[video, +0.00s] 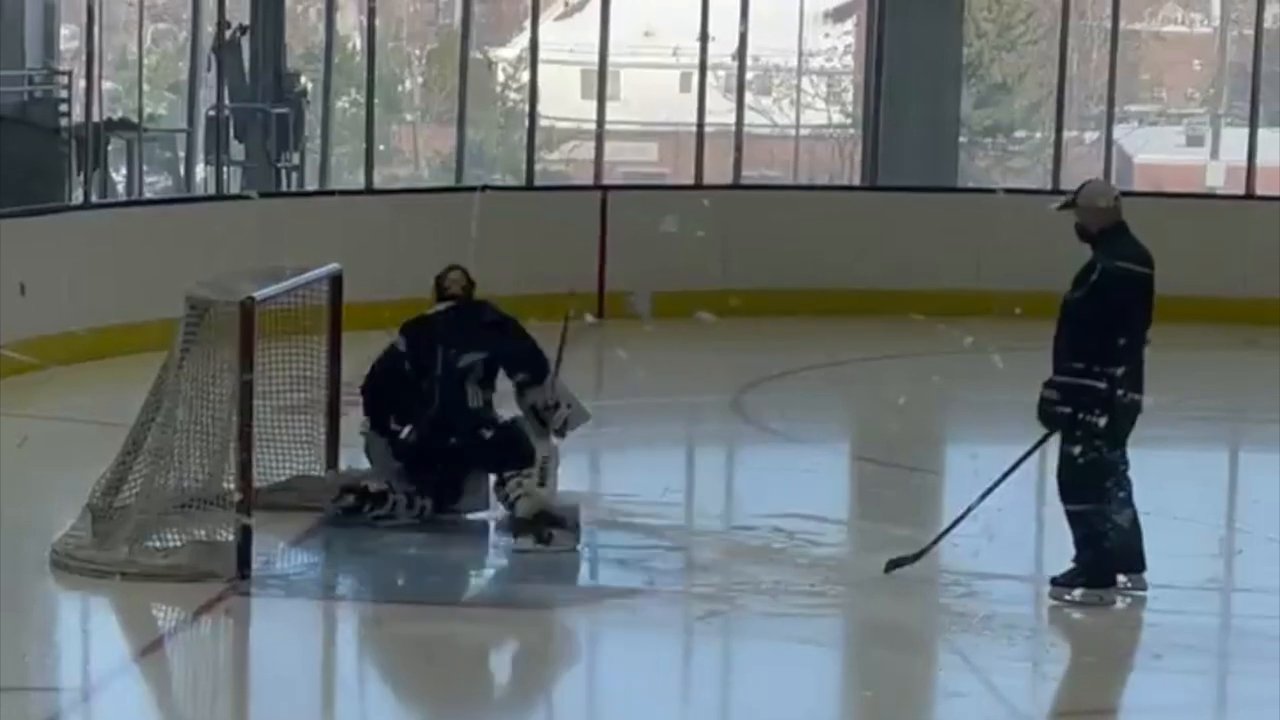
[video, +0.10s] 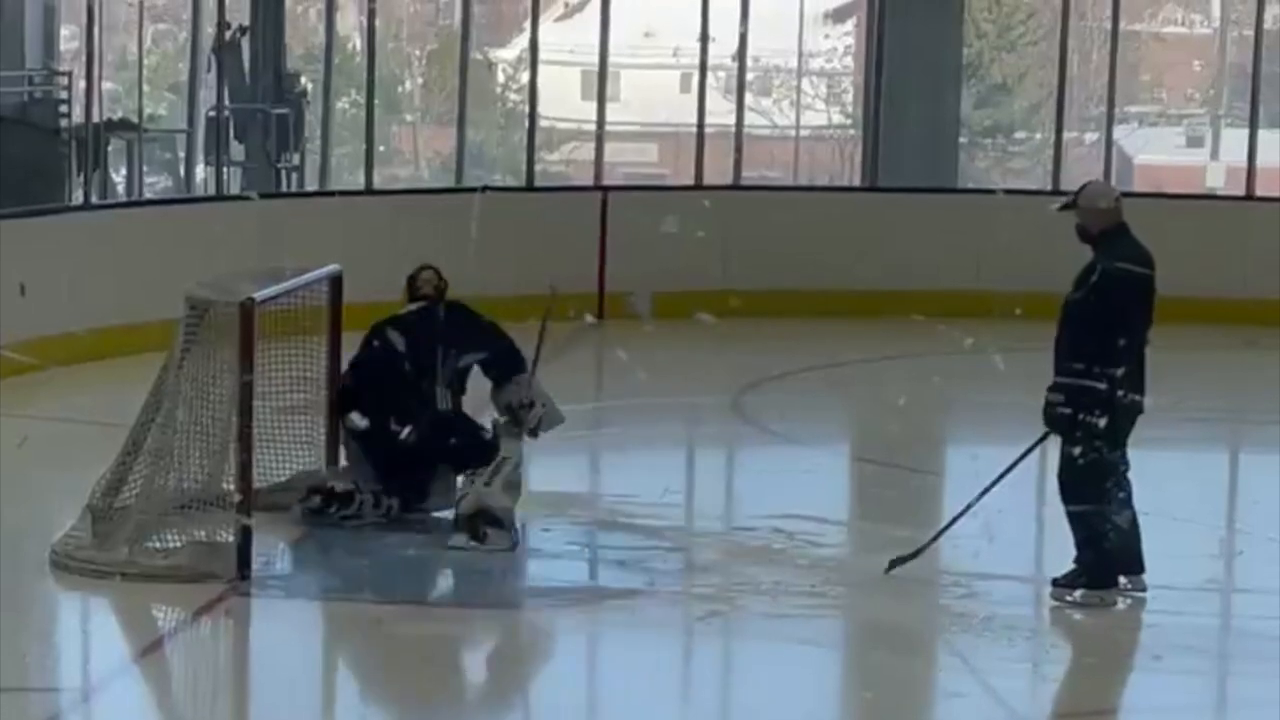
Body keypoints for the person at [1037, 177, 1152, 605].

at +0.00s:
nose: (1075, 223)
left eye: (1079, 215)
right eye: (1075, 214)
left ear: (1096, 216)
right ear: (1111, 213)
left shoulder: (1112, 266)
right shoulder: (1127, 258)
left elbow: (1095, 341)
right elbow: (1085, 336)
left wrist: (1066, 392)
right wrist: (1059, 387)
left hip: (1096, 395)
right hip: (1113, 391)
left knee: (1079, 482)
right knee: (1108, 477)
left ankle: (1095, 570)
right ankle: (1125, 561)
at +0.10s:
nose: (1076, 225)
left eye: (1080, 217)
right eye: (1076, 216)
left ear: (1095, 218)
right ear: (1111, 216)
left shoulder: (1116, 266)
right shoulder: (1121, 259)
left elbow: (1104, 342)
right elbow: (1080, 338)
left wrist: (1078, 397)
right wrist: (1061, 391)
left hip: (1099, 396)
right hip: (1110, 392)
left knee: (1080, 480)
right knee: (1105, 478)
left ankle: (1098, 570)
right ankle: (1121, 564)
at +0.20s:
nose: (1077, 225)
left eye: (1081, 218)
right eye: (1077, 217)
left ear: (1098, 218)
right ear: (1111, 216)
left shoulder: (1119, 267)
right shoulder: (1119, 260)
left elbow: (1112, 346)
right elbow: (1092, 342)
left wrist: (1090, 405)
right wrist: (1067, 397)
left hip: (1100, 399)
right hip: (1107, 395)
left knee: (1083, 482)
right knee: (1103, 480)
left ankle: (1101, 571)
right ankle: (1118, 565)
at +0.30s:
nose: (1079, 225)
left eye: (1083, 218)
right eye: (1079, 217)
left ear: (1101, 219)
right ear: (1112, 217)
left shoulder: (1121, 266)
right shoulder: (1120, 260)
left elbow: (1115, 345)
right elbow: (1100, 341)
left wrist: (1093, 404)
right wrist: (1070, 397)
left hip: (1100, 400)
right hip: (1107, 396)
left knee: (1083, 483)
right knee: (1104, 481)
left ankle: (1099, 573)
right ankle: (1119, 566)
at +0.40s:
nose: (1081, 226)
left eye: (1085, 218)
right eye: (1081, 218)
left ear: (1103, 218)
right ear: (1113, 217)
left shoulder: (1123, 266)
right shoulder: (1118, 261)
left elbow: (1116, 343)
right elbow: (1098, 340)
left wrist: (1095, 402)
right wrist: (1071, 395)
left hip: (1104, 399)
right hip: (1105, 395)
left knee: (1084, 483)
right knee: (1103, 481)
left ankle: (1100, 571)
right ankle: (1118, 566)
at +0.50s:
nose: (1082, 227)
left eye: (1086, 219)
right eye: (1082, 219)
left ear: (1105, 219)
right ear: (1114, 218)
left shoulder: (1123, 266)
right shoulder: (1121, 260)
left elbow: (1115, 342)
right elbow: (1100, 339)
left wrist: (1093, 400)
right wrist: (1072, 393)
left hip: (1103, 398)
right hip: (1107, 395)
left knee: (1084, 483)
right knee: (1105, 481)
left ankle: (1099, 572)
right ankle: (1121, 567)